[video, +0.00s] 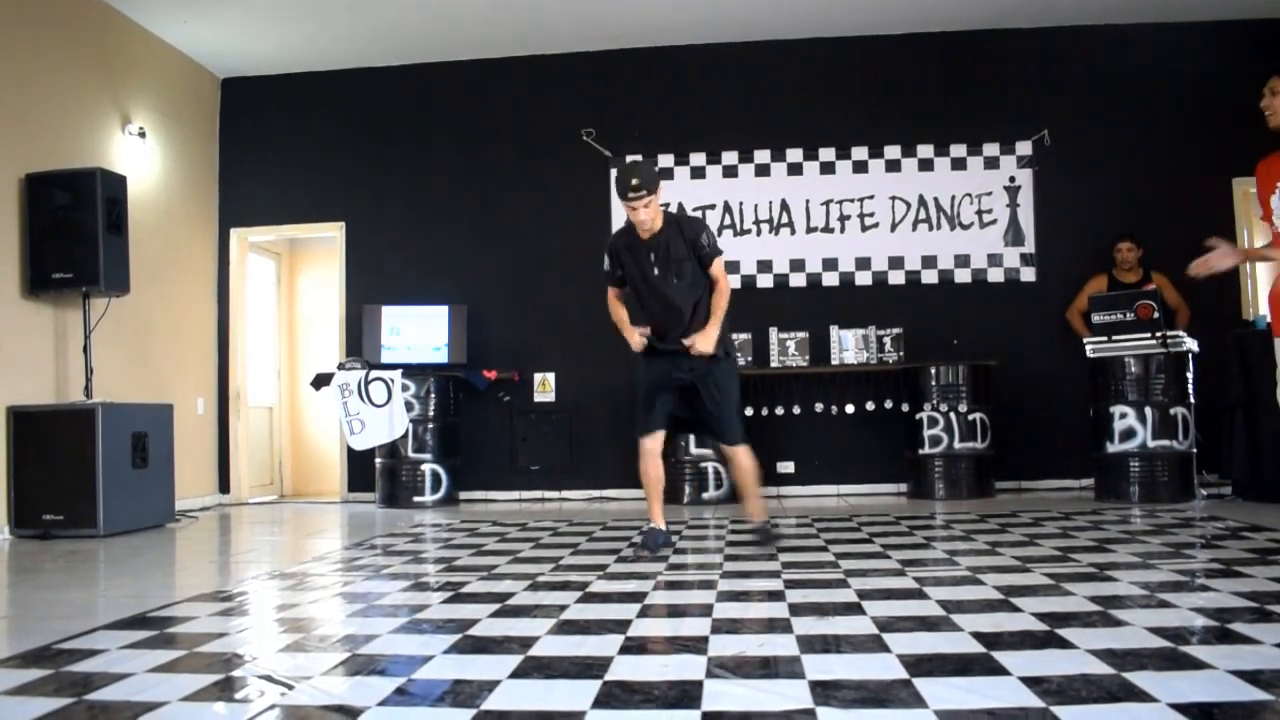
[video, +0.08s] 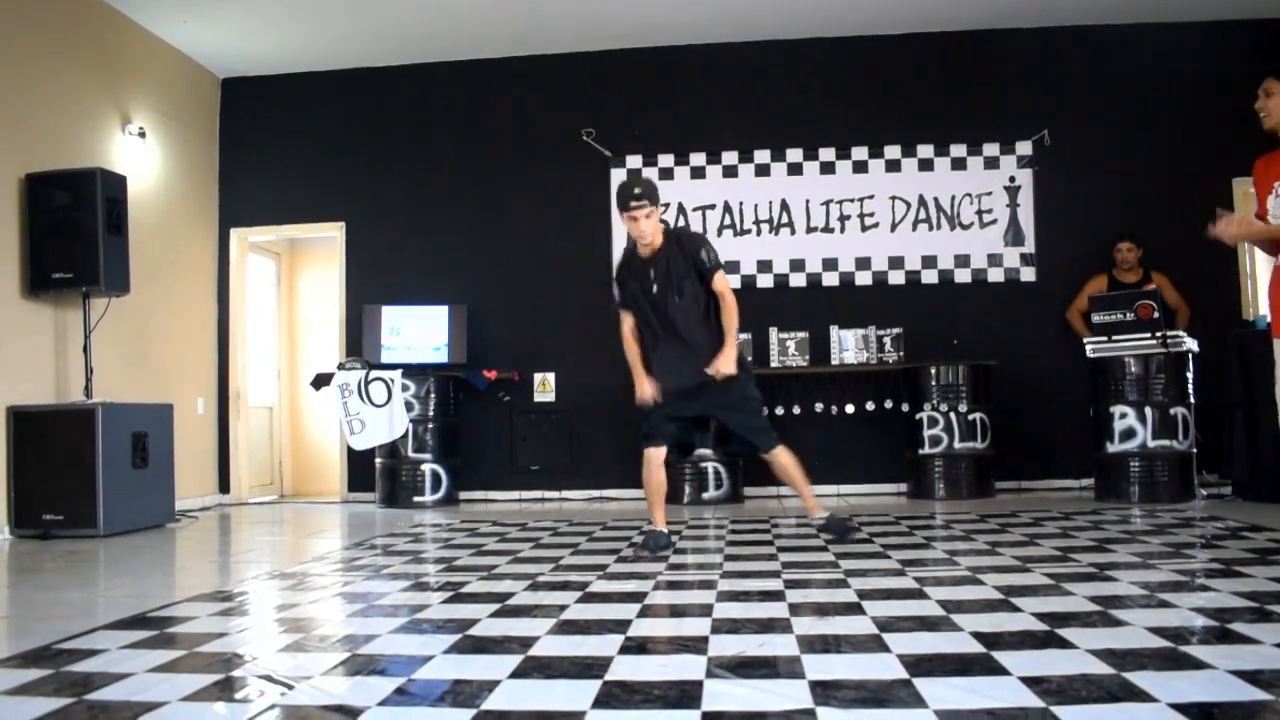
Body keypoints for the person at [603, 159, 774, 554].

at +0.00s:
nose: (640, 214)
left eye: (646, 205)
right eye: (632, 207)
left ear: (660, 195)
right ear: (622, 205)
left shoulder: (691, 230)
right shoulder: (619, 246)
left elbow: (722, 282)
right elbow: (615, 295)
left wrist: (712, 330)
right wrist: (627, 329)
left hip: (707, 351)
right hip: (658, 355)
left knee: (731, 441)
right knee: (649, 440)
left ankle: (759, 521)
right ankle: (657, 527)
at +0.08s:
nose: (640, 224)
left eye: (645, 215)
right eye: (632, 217)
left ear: (658, 213)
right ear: (623, 221)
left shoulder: (691, 245)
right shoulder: (626, 268)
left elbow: (726, 296)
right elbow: (628, 330)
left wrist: (729, 349)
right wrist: (639, 376)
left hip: (716, 367)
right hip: (666, 378)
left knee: (766, 441)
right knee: (653, 451)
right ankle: (658, 530)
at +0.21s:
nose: (657, 232)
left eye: (663, 223)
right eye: (647, 226)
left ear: (672, 226)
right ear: (634, 235)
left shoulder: (704, 255)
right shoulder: (645, 298)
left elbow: (738, 307)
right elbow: (654, 355)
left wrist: (750, 362)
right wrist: (665, 392)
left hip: (743, 381)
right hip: (694, 397)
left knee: (800, 442)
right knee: (669, 459)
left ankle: (857, 517)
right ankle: (660, 530)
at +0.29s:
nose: (675, 235)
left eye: (680, 228)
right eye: (665, 230)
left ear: (689, 233)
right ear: (650, 239)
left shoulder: (722, 262)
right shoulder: (658, 297)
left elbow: (758, 315)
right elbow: (670, 362)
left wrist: (774, 371)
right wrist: (684, 347)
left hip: (761, 379)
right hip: (711, 389)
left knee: (816, 447)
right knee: (682, 460)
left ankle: (862, 522)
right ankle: (662, 532)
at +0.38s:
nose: (698, 241)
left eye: (703, 233)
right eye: (688, 235)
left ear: (712, 238)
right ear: (672, 244)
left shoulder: (740, 270)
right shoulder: (680, 307)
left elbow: (773, 324)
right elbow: (709, 365)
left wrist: (775, 381)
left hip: (772, 379)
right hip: (725, 391)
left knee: (831, 442)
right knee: (691, 460)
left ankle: (864, 523)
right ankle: (663, 531)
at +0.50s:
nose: (724, 248)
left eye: (729, 241)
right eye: (714, 243)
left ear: (737, 247)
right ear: (698, 253)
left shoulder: (765, 280)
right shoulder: (704, 311)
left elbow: (789, 333)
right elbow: (753, 357)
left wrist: (789, 390)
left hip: (788, 383)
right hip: (739, 392)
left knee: (847, 443)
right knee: (697, 463)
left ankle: (867, 524)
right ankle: (664, 529)